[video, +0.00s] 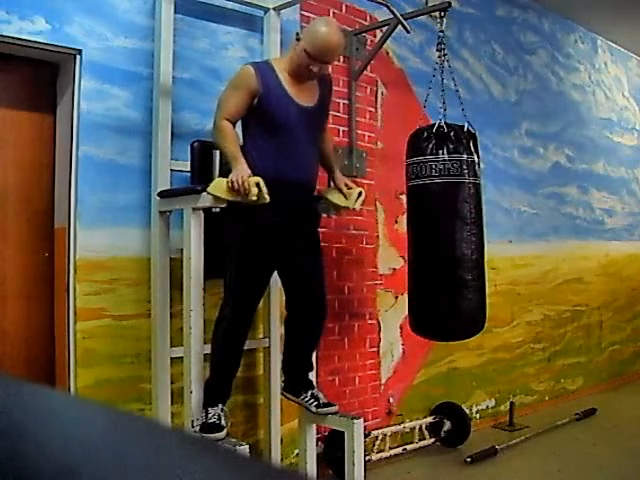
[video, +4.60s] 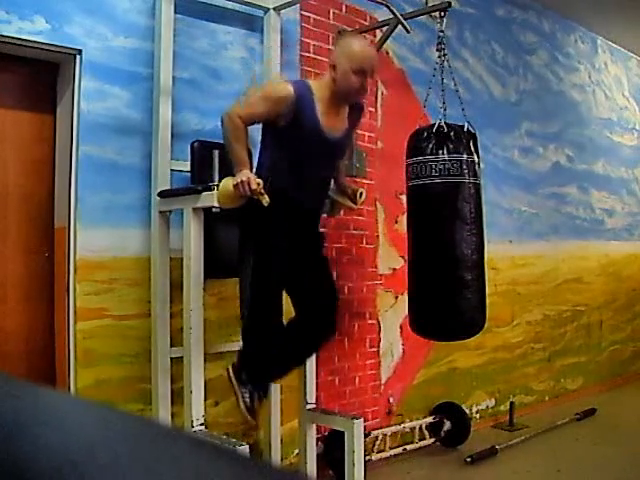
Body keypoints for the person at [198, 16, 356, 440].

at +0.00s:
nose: (319, 70)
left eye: (326, 64)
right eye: (315, 60)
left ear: (332, 60)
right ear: (300, 44)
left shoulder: (323, 84)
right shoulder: (255, 76)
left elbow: (319, 131)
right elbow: (223, 122)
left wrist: (336, 171)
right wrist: (238, 164)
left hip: (300, 212)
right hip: (257, 211)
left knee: (311, 305)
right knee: (238, 308)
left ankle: (297, 382)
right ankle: (213, 406)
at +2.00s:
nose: (335, 57)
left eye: (341, 51)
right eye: (330, 47)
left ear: (345, 48)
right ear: (309, 32)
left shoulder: (332, 75)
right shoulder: (266, 63)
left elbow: (328, 127)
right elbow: (239, 114)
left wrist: (339, 176)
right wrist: (245, 169)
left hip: (306, 204)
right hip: (266, 202)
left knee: (317, 301)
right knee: (244, 307)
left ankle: (303, 380)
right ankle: (215, 404)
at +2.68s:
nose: (334, 35)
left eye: (340, 29)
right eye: (330, 25)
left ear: (344, 28)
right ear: (307, 12)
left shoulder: (334, 68)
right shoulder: (267, 55)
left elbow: (333, 124)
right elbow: (246, 113)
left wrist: (339, 177)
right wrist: (246, 169)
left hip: (316, 185)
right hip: (276, 184)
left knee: (340, 280)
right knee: (284, 284)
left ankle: (301, 360)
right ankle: (270, 375)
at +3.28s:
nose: (361, 83)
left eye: (364, 74)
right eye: (354, 73)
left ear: (364, 73)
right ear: (328, 66)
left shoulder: (350, 108)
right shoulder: (286, 93)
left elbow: (339, 146)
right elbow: (231, 117)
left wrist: (340, 180)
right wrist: (242, 169)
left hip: (305, 223)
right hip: (266, 220)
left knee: (327, 316)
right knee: (281, 315)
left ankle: (279, 396)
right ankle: (252, 391)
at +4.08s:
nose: (368, 76)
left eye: (372, 67)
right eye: (361, 65)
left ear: (372, 68)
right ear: (336, 60)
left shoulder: (357, 107)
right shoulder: (293, 96)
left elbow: (327, 153)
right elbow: (235, 116)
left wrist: (338, 185)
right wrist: (242, 170)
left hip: (308, 227)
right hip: (268, 223)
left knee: (318, 322)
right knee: (258, 319)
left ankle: (241, 357)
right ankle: (239, 361)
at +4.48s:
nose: (362, 48)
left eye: (367, 40)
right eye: (356, 38)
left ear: (367, 42)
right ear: (330, 32)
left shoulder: (350, 80)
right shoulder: (282, 70)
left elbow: (334, 136)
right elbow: (240, 114)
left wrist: (341, 179)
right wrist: (243, 170)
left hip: (311, 206)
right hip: (271, 202)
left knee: (321, 297)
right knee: (260, 291)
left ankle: (244, 332)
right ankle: (245, 341)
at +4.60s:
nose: (365, 85)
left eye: (369, 76)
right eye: (359, 74)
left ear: (371, 74)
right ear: (334, 66)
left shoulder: (352, 111)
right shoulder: (289, 95)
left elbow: (336, 148)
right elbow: (233, 117)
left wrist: (341, 180)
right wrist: (243, 169)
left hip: (304, 230)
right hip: (264, 222)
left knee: (321, 318)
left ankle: (251, 373)